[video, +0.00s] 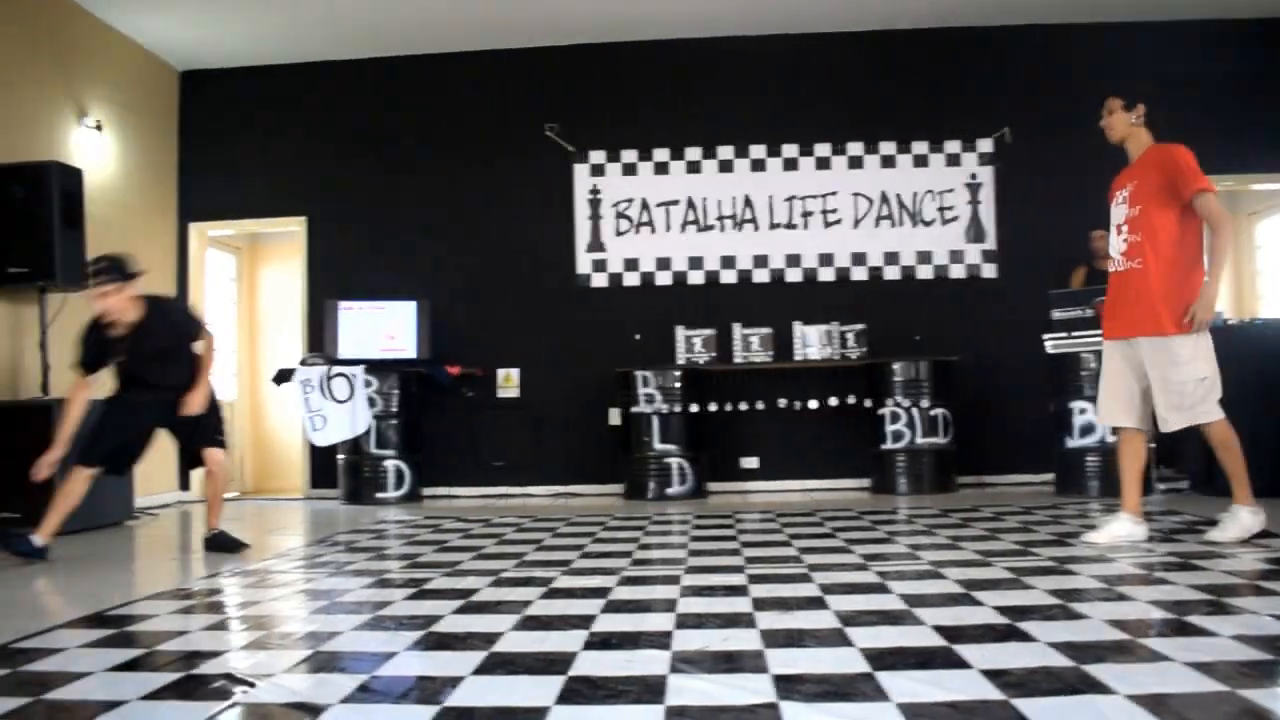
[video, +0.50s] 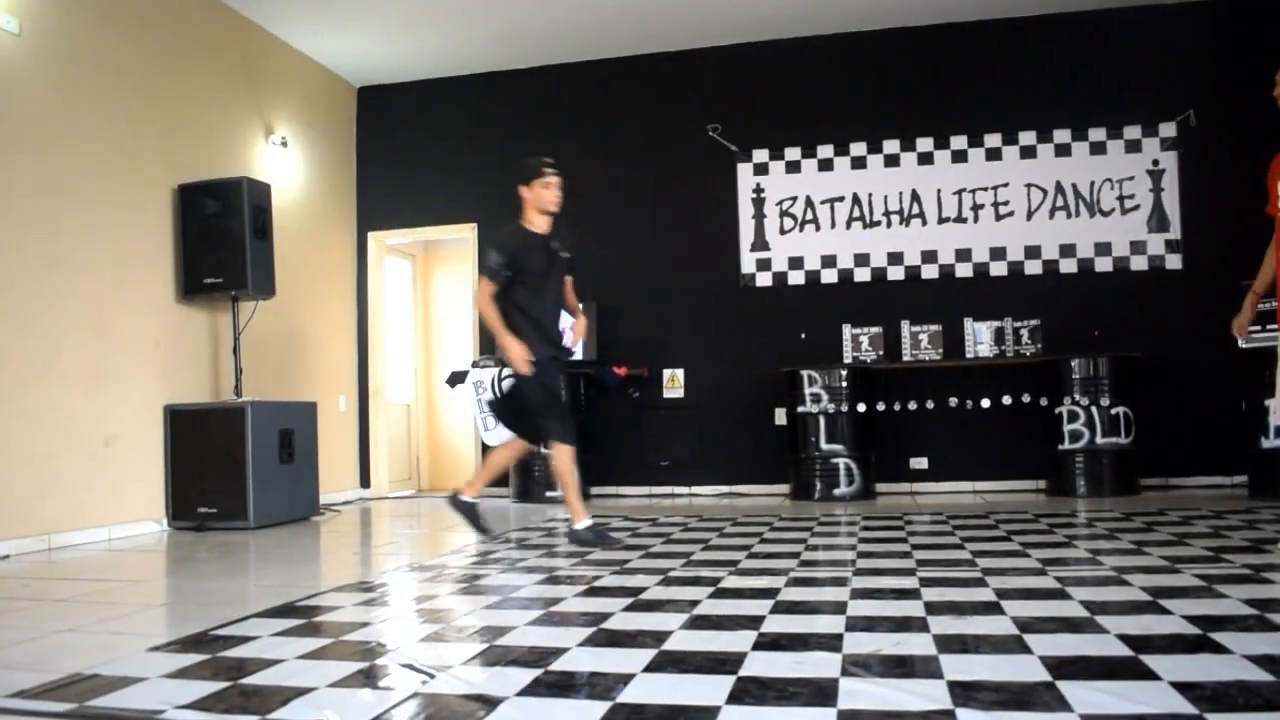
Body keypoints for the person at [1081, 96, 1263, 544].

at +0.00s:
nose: (1103, 121)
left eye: (1111, 111)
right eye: (1102, 115)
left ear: (1138, 113)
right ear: (1114, 125)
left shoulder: (1172, 157)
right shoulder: (1120, 182)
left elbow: (1220, 221)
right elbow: (1145, 247)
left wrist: (1210, 292)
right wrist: (1109, 251)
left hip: (1172, 316)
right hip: (1124, 320)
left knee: (1207, 413)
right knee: (1128, 421)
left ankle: (1246, 507)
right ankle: (1131, 518)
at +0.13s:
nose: (1163, 112)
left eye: (1172, 102)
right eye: (1163, 104)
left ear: (1201, 106)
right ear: (1181, 112)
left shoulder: (1234, 151)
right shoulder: (1183, 173)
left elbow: (1275, 206)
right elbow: (1196, 238)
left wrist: (1277, 286)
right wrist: (1163, 268)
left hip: (1232, 312)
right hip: (1182, 318)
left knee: (1266, 416)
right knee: (1195, 423)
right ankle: (1205, 519)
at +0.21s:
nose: (1198, 108)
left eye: (1207, 98)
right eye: (1197, 100)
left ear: (1236, 102)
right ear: (1206, 110)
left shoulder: (1265, 149)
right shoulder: (1216, 169)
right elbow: (1224, 236)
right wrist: (1200, 270)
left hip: (1261, 312)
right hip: (1217, 316)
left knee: (1272, 421)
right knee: (1229, 421)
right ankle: (1244, 520)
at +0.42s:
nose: (1272, 97)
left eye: (1275, 87)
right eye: (1271, 88)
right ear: (1268, 95)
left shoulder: (1273, 170)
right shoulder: (1272, 169)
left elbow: (1274, 237)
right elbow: (1274, 235)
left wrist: (1267, 296)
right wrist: (1266, 295)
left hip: (1279, 307)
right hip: (1278, 308)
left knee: (1279, 404)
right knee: (1277, 404)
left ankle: (1276, 476)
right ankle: (1275, 476)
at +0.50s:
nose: (1274, 93)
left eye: (1278, 85)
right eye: (1275, 85)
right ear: (1274, 90)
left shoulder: (1276, 168)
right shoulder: (1276, 168)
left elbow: (1276, 239)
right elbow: (1277, 238)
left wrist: (1252, 299)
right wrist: (1252, 299)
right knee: (1279, 414)